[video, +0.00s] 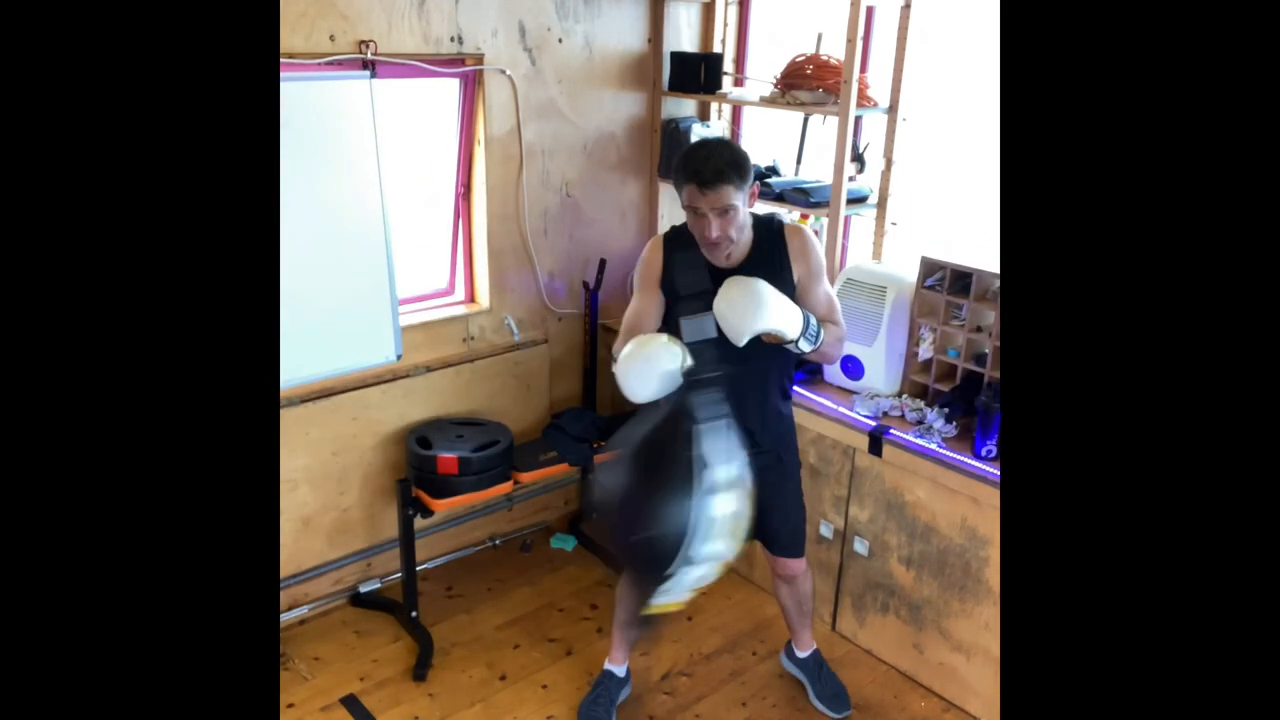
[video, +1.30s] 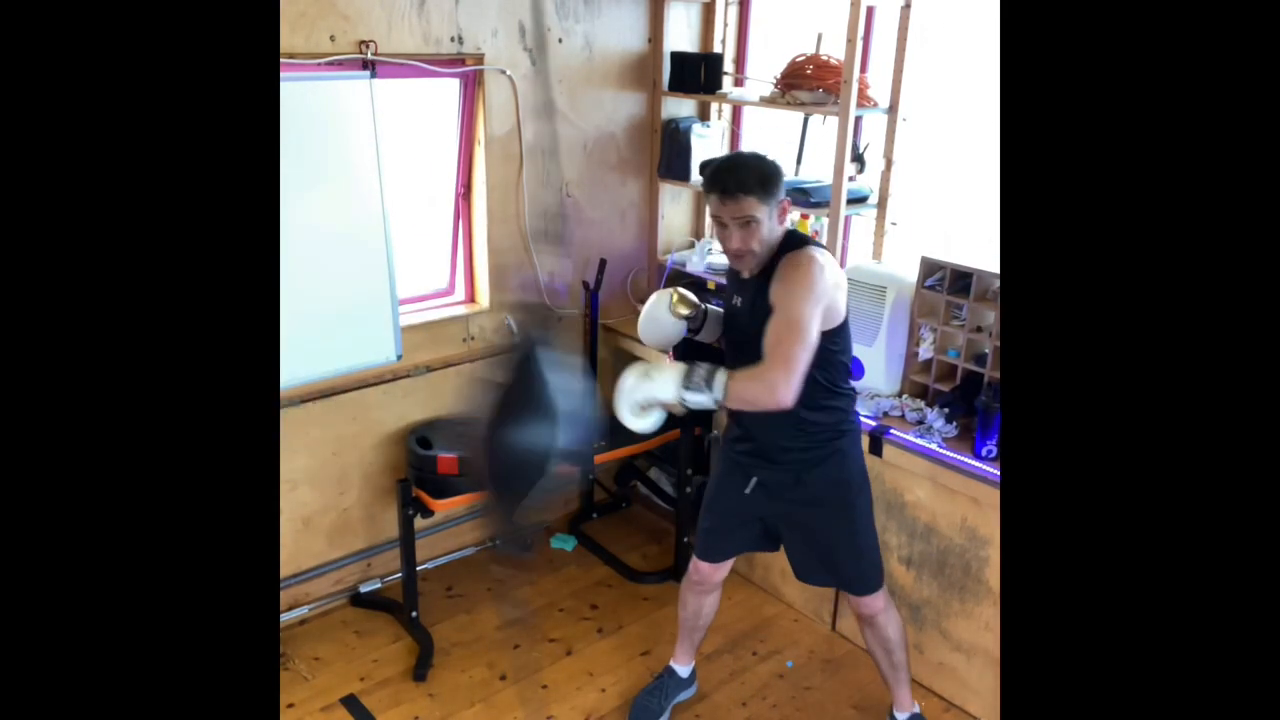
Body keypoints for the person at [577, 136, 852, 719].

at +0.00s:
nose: (713, 229)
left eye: (725, 212)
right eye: (698, 214)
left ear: (751, 197)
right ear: (683, 204)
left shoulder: (793, 244)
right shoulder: (663, 252)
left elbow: (833, 342)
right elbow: (632, 339)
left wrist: (796, 329)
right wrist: (640, 363)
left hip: (764, 427)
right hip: (684, 426)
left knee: (791, 564)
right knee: (644, 552)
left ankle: (804, 652)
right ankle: (615, 668)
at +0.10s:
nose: (740, 234)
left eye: (751, 216)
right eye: (723, 219)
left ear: (767, 204)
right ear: (696, 210)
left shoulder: (800, 252)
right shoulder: (669, 258)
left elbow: (842, 340)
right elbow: (641, 376)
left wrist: (800, 343)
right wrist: (659, 343)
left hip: (770, 441)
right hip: (689, 439)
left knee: (796, 572)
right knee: (645, 572)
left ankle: (803, 651)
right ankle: (616, 671)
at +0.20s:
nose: (764, 231)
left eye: (776, 214)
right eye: (748, 216)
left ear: (789, 202)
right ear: (718, 204)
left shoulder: (804, 241)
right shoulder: (695, 250)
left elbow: (829, 320)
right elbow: (709, 333)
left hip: (778, 437)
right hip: (700, 439)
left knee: (804, 572)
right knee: (652, 570)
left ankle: (812, 650)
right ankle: (616, 671)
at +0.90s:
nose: (774, 253)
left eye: (791, 240)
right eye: (760, 235)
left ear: (814, 228)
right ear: (740, 214)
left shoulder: (832, 265)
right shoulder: (700, 247)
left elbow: (843, 375)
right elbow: (661, 352)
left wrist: (821, 349)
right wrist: (696, 332)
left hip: (779, 441)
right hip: (701, 436)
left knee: (800, 570)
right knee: (685, 569)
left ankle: (810, 651)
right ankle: (675, 669)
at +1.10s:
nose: (701, 237)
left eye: (715, 223)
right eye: (693, 221)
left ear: (756, 207)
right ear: (686, 209)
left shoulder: (794, 251)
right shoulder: (701, 254)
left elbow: (745, 342)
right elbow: (695, 334)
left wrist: (659, 312)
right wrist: (635, 327)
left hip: (793, 445)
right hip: (720, 440)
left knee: (820, 584)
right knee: (693, 564)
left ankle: (834, 650)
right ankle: (678, 669)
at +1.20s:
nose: (708, 232)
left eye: (722, 218)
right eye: (701, 217)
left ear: (762, 207)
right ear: (694, 207)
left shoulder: (786, 252)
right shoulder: (728, 259)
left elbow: (713, 330)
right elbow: (721, 328)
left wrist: (618, 329)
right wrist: (667, 312)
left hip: (807, 446)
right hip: (735, 442)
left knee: (848, 582)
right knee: (699, 565)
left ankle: (875, 677)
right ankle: (680, 669)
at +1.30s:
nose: (733, 240)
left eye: (748, 224)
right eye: (721, 224)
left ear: (781, 212)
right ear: (710, 216)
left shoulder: (807, 269)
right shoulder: (742, 261)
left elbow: (779, 387)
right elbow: (749, 342)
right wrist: (697, 323)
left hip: (822, 455)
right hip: (748, 446)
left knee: (869, 599)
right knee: (703, 572)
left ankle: (905, 709)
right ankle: (680, 671)